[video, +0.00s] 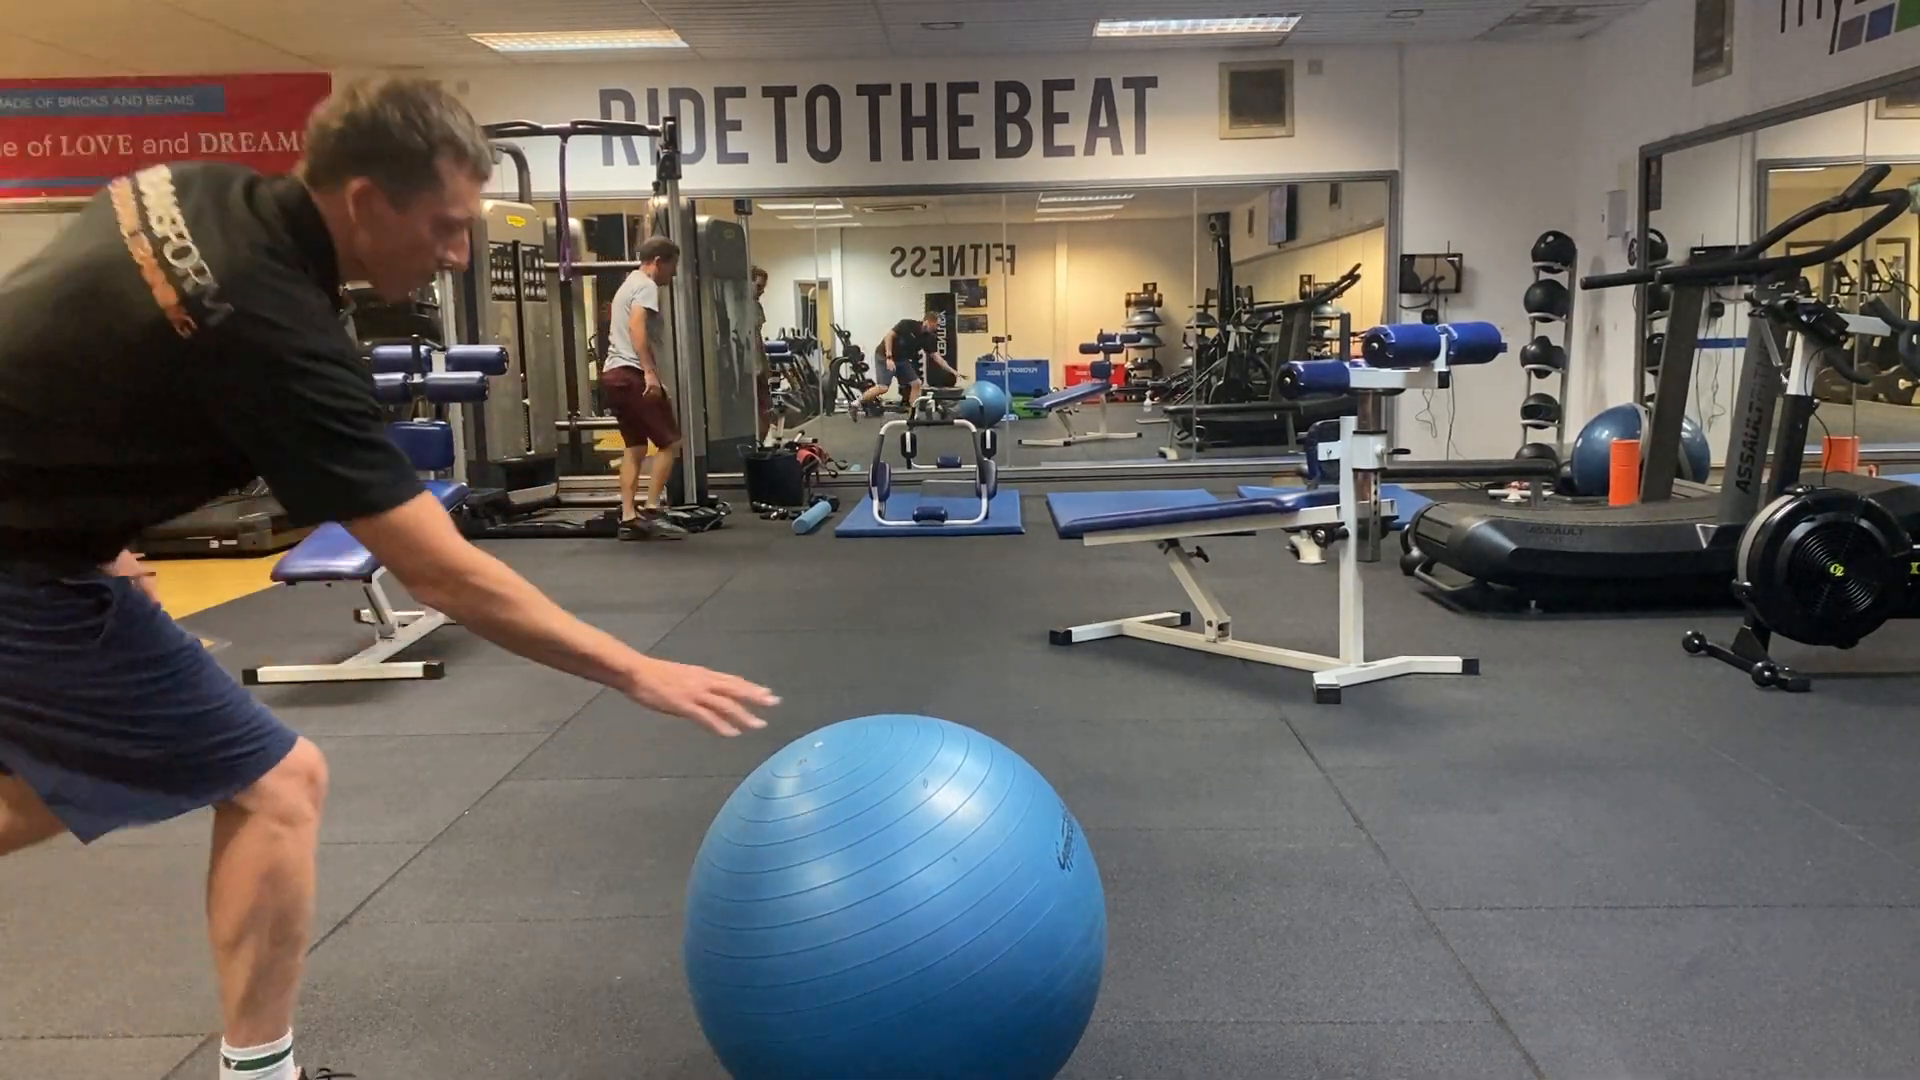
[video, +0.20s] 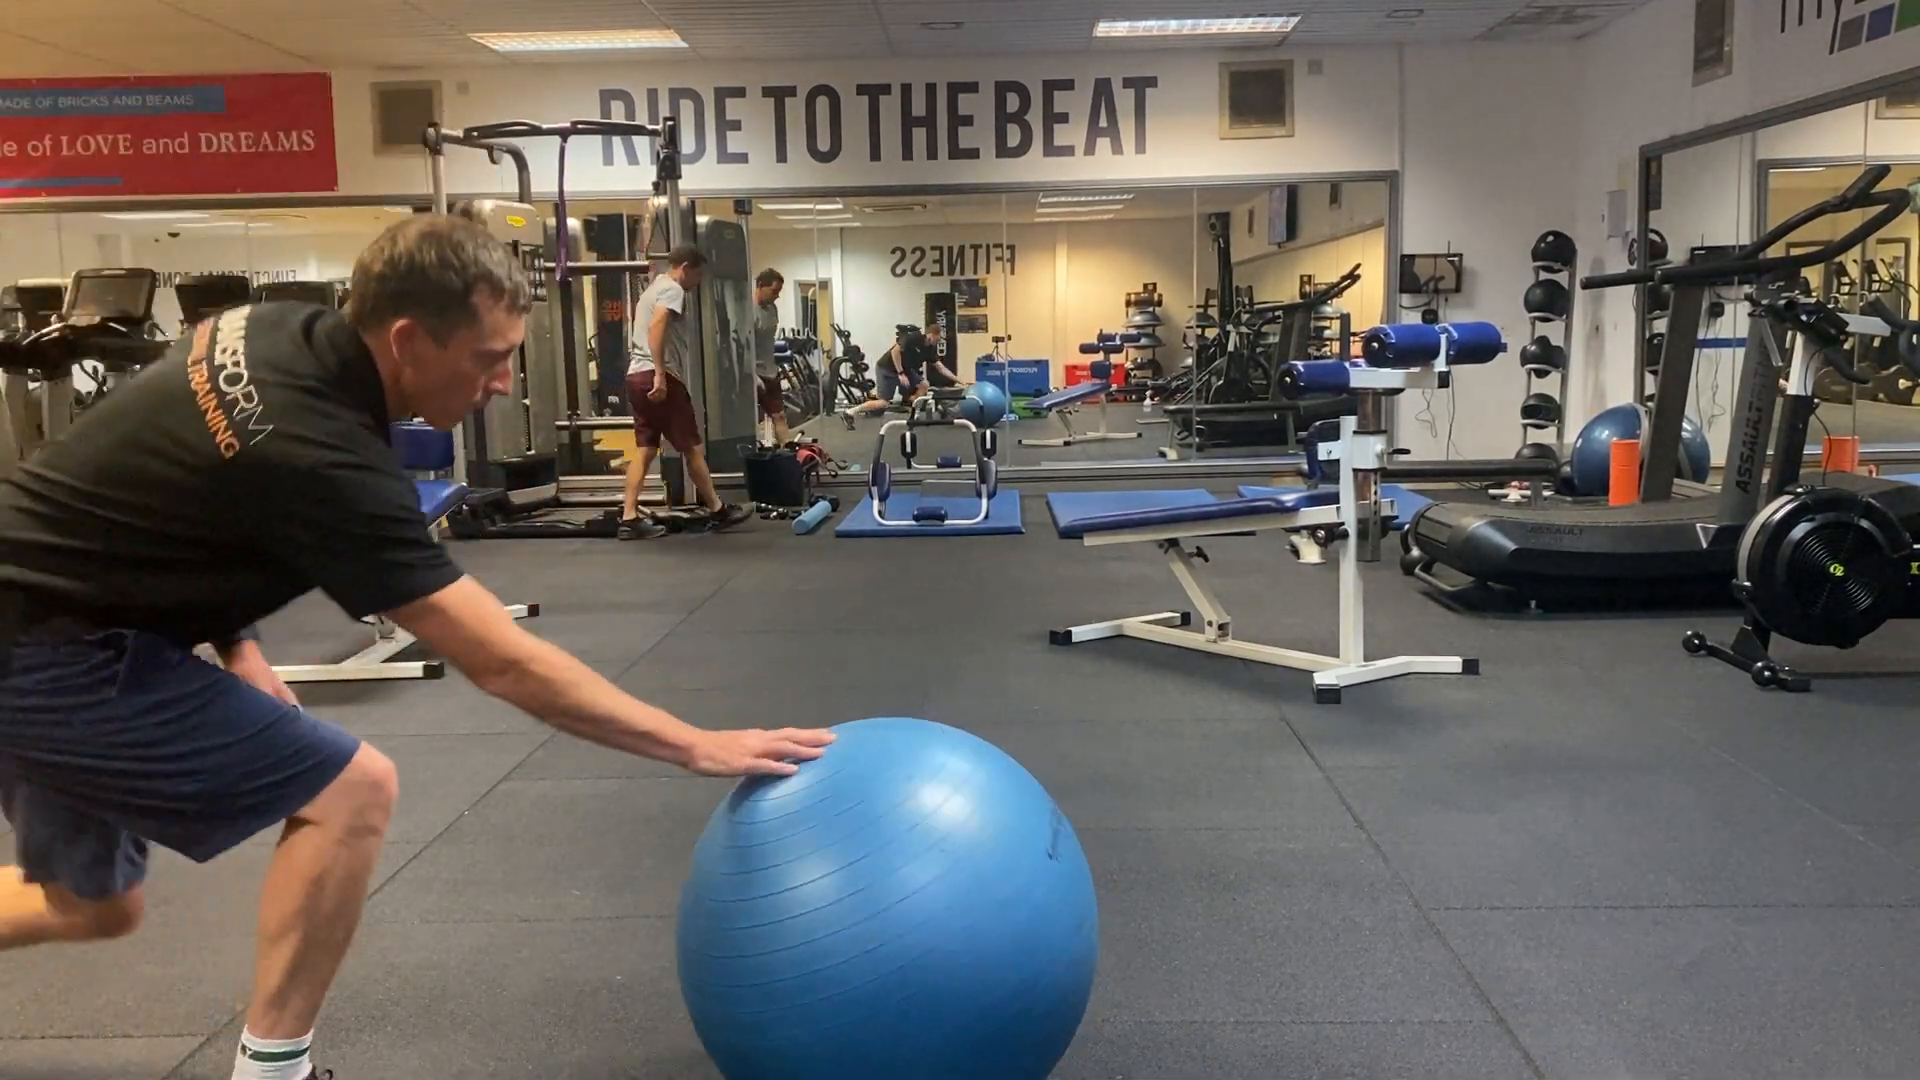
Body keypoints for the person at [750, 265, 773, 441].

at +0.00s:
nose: (761, 289)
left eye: (763, 285)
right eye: (758, 284)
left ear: (764, 285)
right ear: (750, 284)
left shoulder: (756, 305)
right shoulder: (749, 305)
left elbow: (757, 336)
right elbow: (750, 335)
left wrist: (765, 365)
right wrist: (757, 364)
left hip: (758, 367)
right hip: (750, 367)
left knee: (763, 406)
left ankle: (762, 438)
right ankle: (758, 439)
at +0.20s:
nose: (777, 295)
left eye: (779, 291)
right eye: (775, 290)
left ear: (769, 288)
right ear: (762, 286)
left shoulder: (772, 309)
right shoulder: (748, 309)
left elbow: (768, 341)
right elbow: (743, 347)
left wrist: (772, 369)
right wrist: (752, 375)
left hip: (770, 373)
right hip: (753, 374)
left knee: (779, 416)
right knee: (753, 419)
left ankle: (789, 453)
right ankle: (750, 458)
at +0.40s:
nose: (794, 295)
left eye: (796, 291)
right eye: (791, 290)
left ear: (797, 289)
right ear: (778, 285)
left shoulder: (793, 310)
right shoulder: (762, 311)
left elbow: (788, 342)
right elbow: (751, 346)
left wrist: (793, 369)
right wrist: (753, 378)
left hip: (790, 374)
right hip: (767, 375)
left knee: (792, 420)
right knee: (763, 423)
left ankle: (793, 461)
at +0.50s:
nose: (800, 292)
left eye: (803, 288)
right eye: (797, 287)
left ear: (804, 286)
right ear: (785, 282)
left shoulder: (802, 308)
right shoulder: (768, 307)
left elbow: (804, 339)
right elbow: (753, 339)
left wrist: (807, 366)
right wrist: (752, 369)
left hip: (798, 369)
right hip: (775, 369)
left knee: (796, 416)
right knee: (779, 417)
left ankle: (789, 450)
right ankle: (757, 435)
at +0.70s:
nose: (809, 290)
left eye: (811, 286)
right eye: (805, 285)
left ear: (813, 285)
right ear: (793, 280)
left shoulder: (813, 306)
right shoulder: (777, 305)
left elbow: (822, 332)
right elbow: (765, 339)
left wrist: (833, 355)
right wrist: (768, 369)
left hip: (808, 367)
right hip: (785, 365)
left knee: (807, 409)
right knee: (804, 400)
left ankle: (795, 442)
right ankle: (786, 435)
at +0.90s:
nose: (814, 288)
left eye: (816, 284)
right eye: (811, 284)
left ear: (818, 282)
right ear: (799, 281)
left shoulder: (823, 306)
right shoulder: (787, 306)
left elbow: (836, 333)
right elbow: (774, 338)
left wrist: (848, 357)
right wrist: (774, 368)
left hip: (818, 368)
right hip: (794, 368)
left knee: (812, 418)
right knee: (806, 417)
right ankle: (811, 455)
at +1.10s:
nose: (822, 284)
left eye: (824, 279)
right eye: (818, 279)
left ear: (826, 279)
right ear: (806, 278)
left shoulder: (831, 302)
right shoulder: (795, 303)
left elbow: (840, 332)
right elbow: (790, 337)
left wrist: (848, 360)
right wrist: (802, 366)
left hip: (830, 371)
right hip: (804, 371)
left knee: (837, 416)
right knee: (808, 418)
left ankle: (813, 441)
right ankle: (814, 452)